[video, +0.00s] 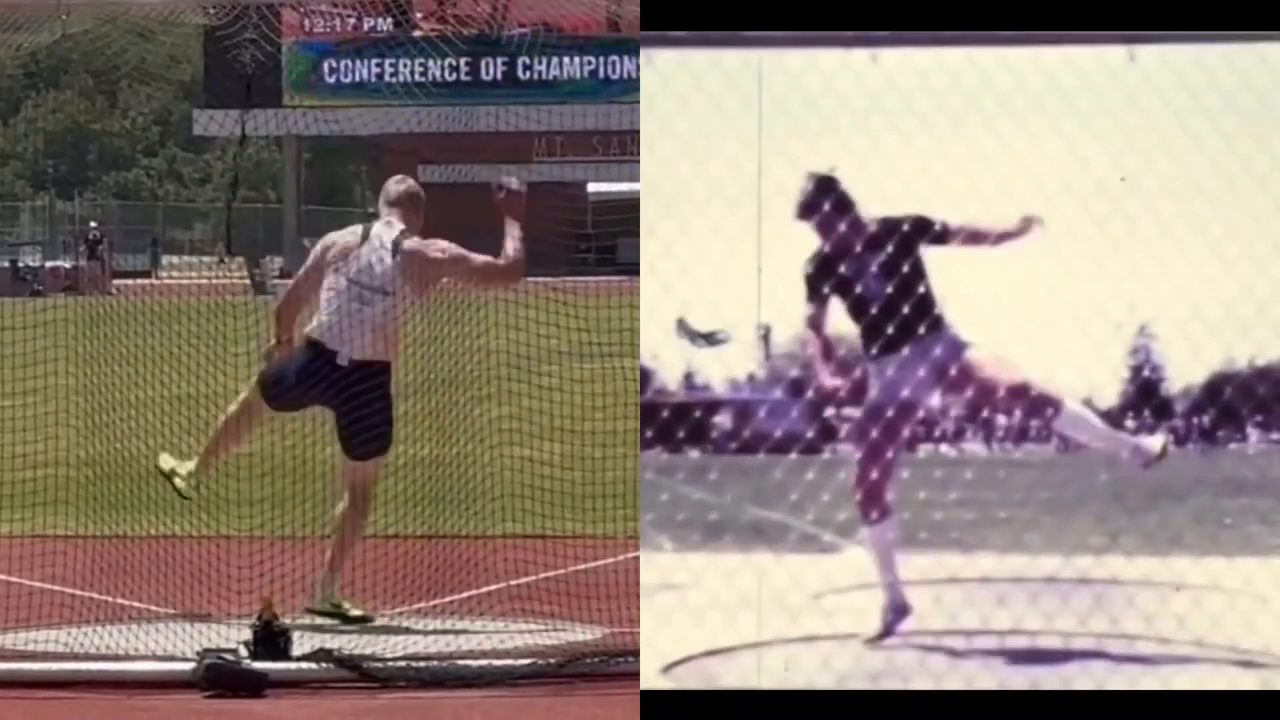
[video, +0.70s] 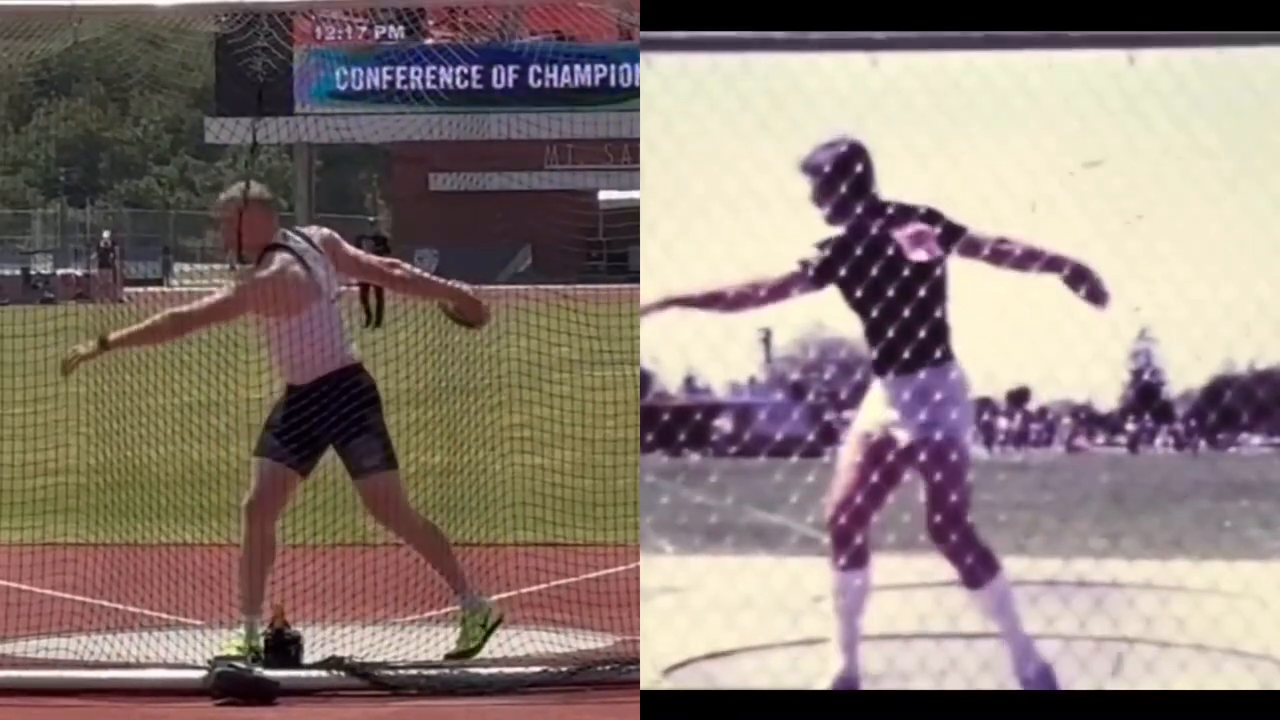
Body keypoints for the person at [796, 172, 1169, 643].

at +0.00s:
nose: (824, 233)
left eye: (828, 221)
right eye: (817, 227)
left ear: (846, 210)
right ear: (815, 227)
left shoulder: (898, 232)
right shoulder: (822, 267)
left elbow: (961, 236)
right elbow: (816, 326)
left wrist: (1011, 233)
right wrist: (826, 374)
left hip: (941, 353)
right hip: (890, 375)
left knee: (1023, 394)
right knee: (869, 481)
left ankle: (1129, 449)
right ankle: (893, 598)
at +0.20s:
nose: (853, 222)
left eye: (856, 210)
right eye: (842, 215)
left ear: (868, 204)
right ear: (831, 219)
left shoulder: (902, 241)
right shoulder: (827, 273)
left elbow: (967, 254)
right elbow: (812, 342)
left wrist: (1018, 230)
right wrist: (821, 400)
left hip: (940, 359)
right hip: (887, 384)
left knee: (1031, 400)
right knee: (886, 496)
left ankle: (1097, 437)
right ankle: (892, 618)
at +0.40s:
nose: (827, 191)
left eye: (828, 179)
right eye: (823, 181)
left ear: (843, 176)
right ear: (854, 176)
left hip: (919, 387)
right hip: (884, 389)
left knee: (936, 528)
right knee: (847, 518)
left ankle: (1040, 650)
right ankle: (845, 668)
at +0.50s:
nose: (818, 186)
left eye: (823, 175)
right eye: (815, 177)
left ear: (846, 171)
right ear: (841, 174)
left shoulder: (915, 211)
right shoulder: (829, 241)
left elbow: (997, 240)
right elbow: (753, 284)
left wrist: (1073, 256)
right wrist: (678, 285)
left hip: (930, 384)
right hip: (881, 387)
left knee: (939, 520)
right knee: (845, 513)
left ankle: (1037, 650)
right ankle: (847, 662)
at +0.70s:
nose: (814, 196)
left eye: (820, 184)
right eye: (813, 186)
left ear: (848, 181)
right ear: (844, 184)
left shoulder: (913, 224)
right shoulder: (841, 249)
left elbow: (993, 251)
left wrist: (1064, 268)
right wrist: (673, 300)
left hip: (936, 393)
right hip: (885, 396)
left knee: (949, 529)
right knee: (844, 521)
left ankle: (1028, 664)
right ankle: (848, 670)